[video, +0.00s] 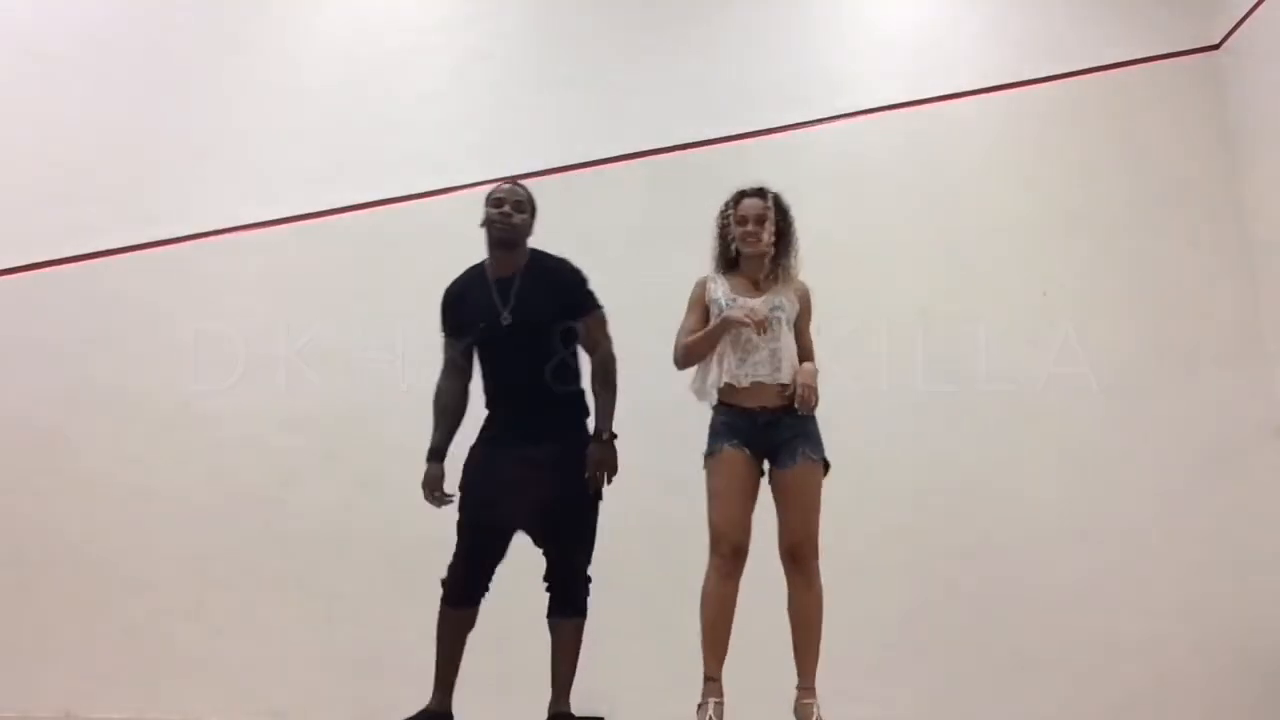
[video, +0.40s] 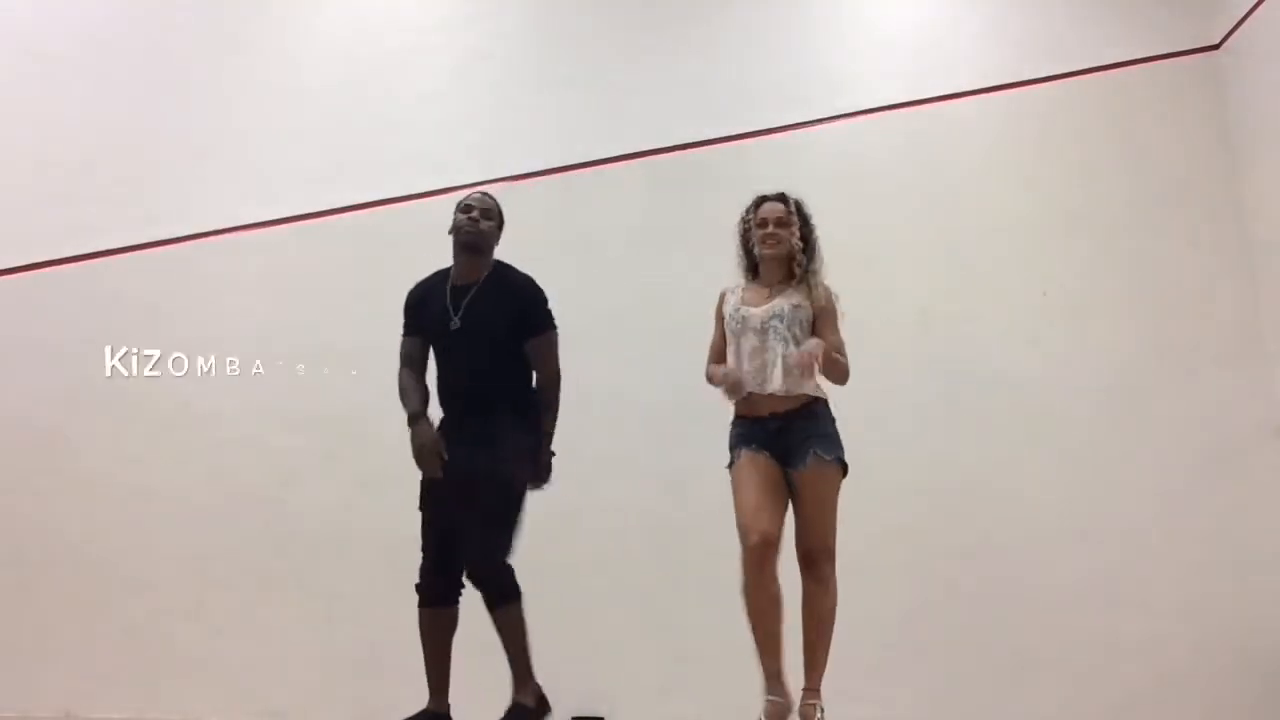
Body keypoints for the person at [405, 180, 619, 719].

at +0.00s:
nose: (506, 211)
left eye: (518, 206)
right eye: (497, 204)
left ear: (533, 222)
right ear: (482, 218)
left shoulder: (561, 278)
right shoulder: (464, 291)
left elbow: (602, 355)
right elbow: (455, 376)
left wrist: (604, 435)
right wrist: (436, 455)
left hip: (564, 446)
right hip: (499, 445)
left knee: (569, 581)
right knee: (464, 576)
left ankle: (560, 707)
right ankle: (440, 703)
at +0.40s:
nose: (475, 215)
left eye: (487, 212)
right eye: (466, 209)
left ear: (500, 234)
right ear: (450, 227)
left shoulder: (521, 291)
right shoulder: (425, 295)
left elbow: (549, 376)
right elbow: (411, 368)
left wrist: (542, 449)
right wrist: (418, 424)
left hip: (509, 444)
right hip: (451, 444)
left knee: (486, 559)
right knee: (436, 569)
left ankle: (527, 691)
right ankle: (437, 704)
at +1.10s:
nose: (499, 211)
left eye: (510, 207)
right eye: (490, 207)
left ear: (526, 230)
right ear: (477, 228)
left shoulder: (542, 303)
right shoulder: (450, 273)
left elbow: (549, 382)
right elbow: (397, 345)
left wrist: (502, 365)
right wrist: (369, 421)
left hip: (509, 449)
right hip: (448, 446)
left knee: (503, 574)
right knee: (447, 565)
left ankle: (465, 703)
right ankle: (423, 682)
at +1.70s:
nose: (461, 182)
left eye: (473, 178)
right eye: (453, 177)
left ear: (490, 200)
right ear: (439, 198)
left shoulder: (513, 255)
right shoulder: (411, 266)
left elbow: (548, 333)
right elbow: (385, 344)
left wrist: (551, 412)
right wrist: (405, 343)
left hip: (492, 439)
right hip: (423, 437)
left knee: (482, 575)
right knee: (416, 570)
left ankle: (464, 705)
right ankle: (418, 703)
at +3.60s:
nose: (480, 234)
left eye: (490, 224)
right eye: (471, 225)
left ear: (509, 222)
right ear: (462, 226)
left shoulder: (543, 274)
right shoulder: (450, 291)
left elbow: (567, 358)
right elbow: (441, 369)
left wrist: (555, 432)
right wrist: (419, 434)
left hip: (516, 444)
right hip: (457, 445)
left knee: (500, 566)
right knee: (458, 569)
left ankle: (482, 698)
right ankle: (472, 698)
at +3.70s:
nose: (480, 231)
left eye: (490, 221)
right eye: (471, 222)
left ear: (510, 220)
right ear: (462, 224)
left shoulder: (543, 274)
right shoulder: (447, 290)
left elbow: (571, 357)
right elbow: (435, 372)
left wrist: (567, 432)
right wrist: (416, 445)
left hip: (518, 446)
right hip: (457, 446)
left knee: (497, 565)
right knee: (458, 569)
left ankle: (472, 697)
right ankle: (472, 697)